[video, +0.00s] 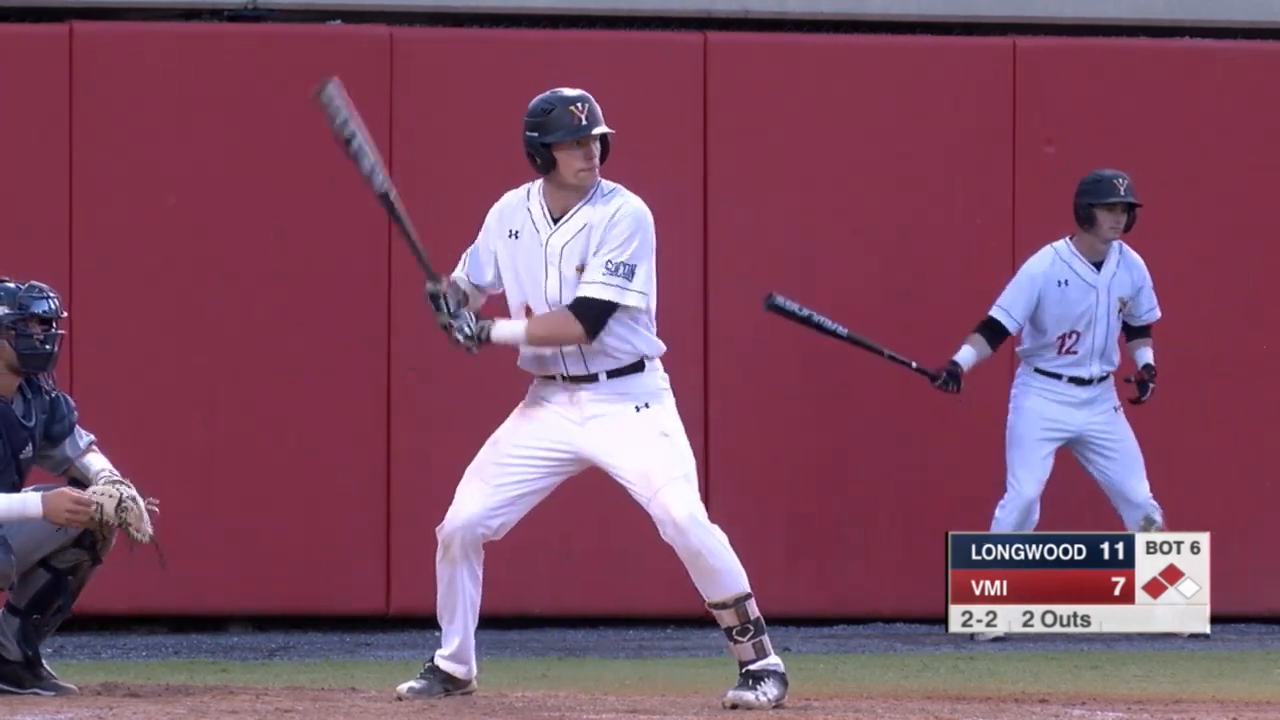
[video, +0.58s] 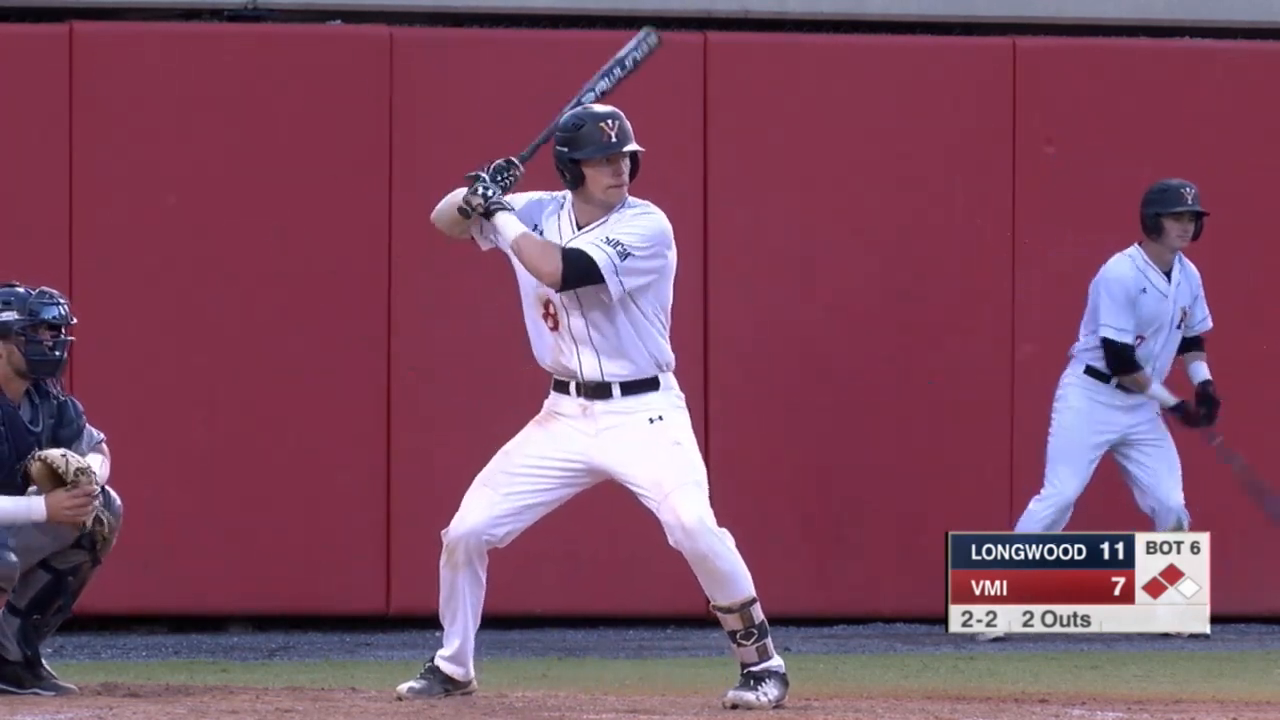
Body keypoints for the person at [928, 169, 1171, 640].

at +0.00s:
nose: (1119, 218)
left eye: (1124, 210)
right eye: (1110, 210)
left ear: (1128, 215)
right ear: (1085, 212)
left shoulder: (1130, 265)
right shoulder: (1044, 265)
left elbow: (1138, 324)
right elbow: (998, 326)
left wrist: (1145, 365)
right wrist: (958, 365)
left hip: (1100, 400)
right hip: (1040, 396)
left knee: (1141, 502)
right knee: (1024, 496)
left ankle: (1165, 603)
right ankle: (985, 598)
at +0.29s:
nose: (1144, 223)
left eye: (1148, 215)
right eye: (1135, 215)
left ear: (1151, 221)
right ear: (1109, 218)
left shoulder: (1150, 270)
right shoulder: (1066, 272)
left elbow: (1154, 331)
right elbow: (1028, 341)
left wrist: (1164, 374)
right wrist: (1013, 396)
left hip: (1114, 405)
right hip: (1056, 400)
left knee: (1150, 507)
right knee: (1035, 500)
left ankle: (1166, 607)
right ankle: (988, 594)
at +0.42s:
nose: (1166, 225)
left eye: (1170, 217)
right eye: (1156, 217)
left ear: (1174, 223)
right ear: (1131, 221)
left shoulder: (1168, 274)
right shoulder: (1091, 275)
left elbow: (1169, 335)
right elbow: (1068, 357)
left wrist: (1180, 378)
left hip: (1128, 402)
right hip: (1072, 396)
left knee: (1160, 508)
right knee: (1047, 498)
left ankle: (1171, 608)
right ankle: (994, 590)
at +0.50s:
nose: (1180, 226)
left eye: (1185, 218)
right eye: (1171, 218)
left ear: (1188, 224)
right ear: (1146, 221)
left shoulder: (1181, 275)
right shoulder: (1108, 275)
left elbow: (1183, 340)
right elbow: (1098, 361)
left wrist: (1193, 384)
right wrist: (1141, 411)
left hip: (1138, 404)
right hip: (1084, 399)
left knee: (1167, 507)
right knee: (1055, 499)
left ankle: (1177, 608)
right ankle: (996, 592)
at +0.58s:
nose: (1188, 226)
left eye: (1192, 219)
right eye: (1179, 218)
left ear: (1195, 224)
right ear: (1153, 222)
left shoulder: (1187, 275)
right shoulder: (1118, 274)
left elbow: (1191, 341)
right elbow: (1121, 365)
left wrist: (1205, 387)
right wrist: (1171, 403)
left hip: (1143, 406)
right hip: (1089, 398)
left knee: (1171, 508)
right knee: (1060, 495)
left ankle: (1173, 611)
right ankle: (997, 587)